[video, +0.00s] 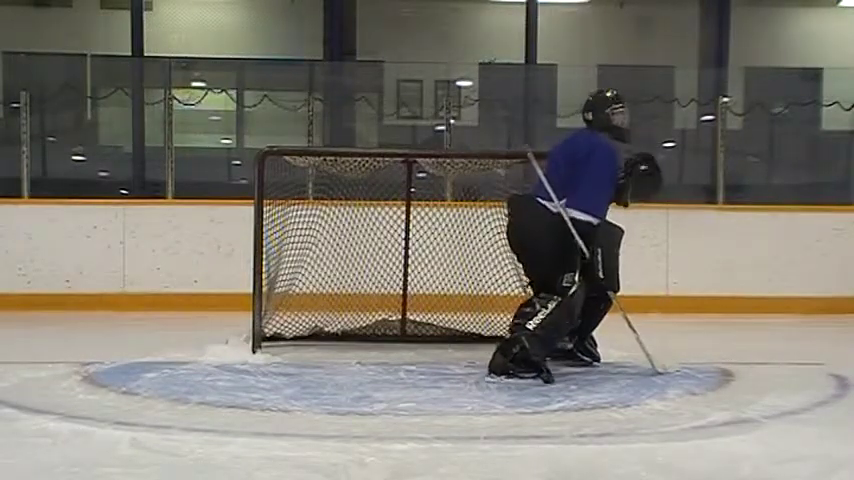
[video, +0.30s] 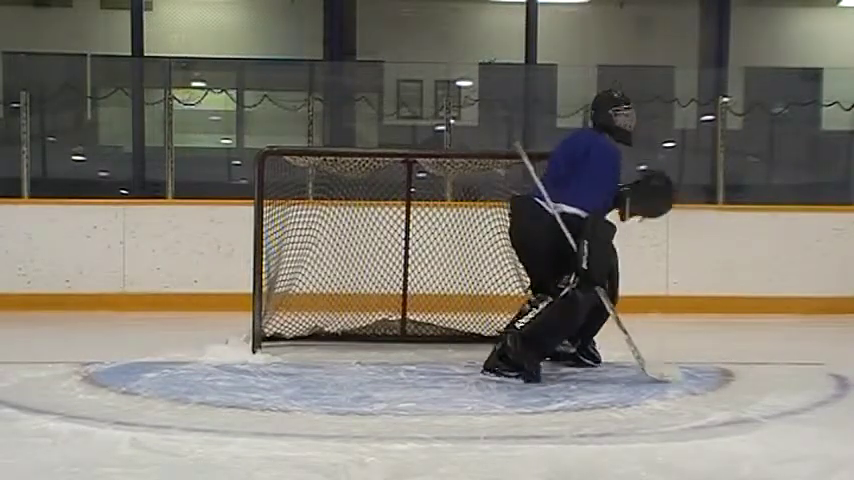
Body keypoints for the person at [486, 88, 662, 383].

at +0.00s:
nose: (625, 118)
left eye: (624, 112)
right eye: (619, 113)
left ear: (593, 117)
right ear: (603, 117)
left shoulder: (576, 141)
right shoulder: (603, 150)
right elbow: (582, 215)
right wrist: (588, 260)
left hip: (525, 213)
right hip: (545, 221)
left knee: (548, 288)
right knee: (567, 291)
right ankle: (519, 352)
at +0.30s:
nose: (630, 121)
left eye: (630, 114)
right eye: (624, 115)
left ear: (599, 117)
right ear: (607, 117)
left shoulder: (579, 140)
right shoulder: (605, 150)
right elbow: (584, 207)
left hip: (531, 215)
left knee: (550, 288)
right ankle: (513, 353)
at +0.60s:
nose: (620, 126)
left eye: (624, 119)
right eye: (614, 118)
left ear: (629, 123)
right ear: (595, 119)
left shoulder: (623, 163)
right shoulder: (570, 148)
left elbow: (602, 223)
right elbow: (533, 212)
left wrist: (637, 228)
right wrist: (537, 267)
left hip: (583, 254)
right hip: (550, 252)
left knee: (600, 297)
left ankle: (579, 352)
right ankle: (524, 371)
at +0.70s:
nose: (620, 124)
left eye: (625, 117)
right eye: (613, 116)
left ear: (631, 120)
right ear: (595, 117)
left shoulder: (625, 160)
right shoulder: (568, 150)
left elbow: (614, 222)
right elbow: (537, 211)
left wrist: (651, 218)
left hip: (589, 245)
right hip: (550, 237)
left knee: (596, 296)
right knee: (567, 294)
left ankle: (586, 352)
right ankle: (527, 370)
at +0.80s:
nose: (629, 123)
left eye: (632, 116)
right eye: (621, 116)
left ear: (635, 119)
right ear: (602, 118)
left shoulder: (626, 157)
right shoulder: (583, 148)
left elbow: (621, 213)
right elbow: (560, 202)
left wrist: (650, 212)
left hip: (591, 240)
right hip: (555, 235)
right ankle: (548, 368)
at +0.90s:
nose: (636, 118)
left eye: (639, 112)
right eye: (629, 112)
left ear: (641, 114)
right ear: (612, 114)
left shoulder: (630, 150)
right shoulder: (592, 147)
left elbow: (625, 204)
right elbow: (574, 210)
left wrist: (656, 203)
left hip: (596, 234)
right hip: (567, 233)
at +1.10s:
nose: (659, 117)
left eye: (662, 111)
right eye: (653, 110)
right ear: (633, 112)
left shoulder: (652, 149)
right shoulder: (608, 144)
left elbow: (639, 198)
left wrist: (666, 207)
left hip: (634, 230)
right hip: (599, 228)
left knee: (659, 286)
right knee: (604, 298)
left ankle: (639, 361)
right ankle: (568, 369)